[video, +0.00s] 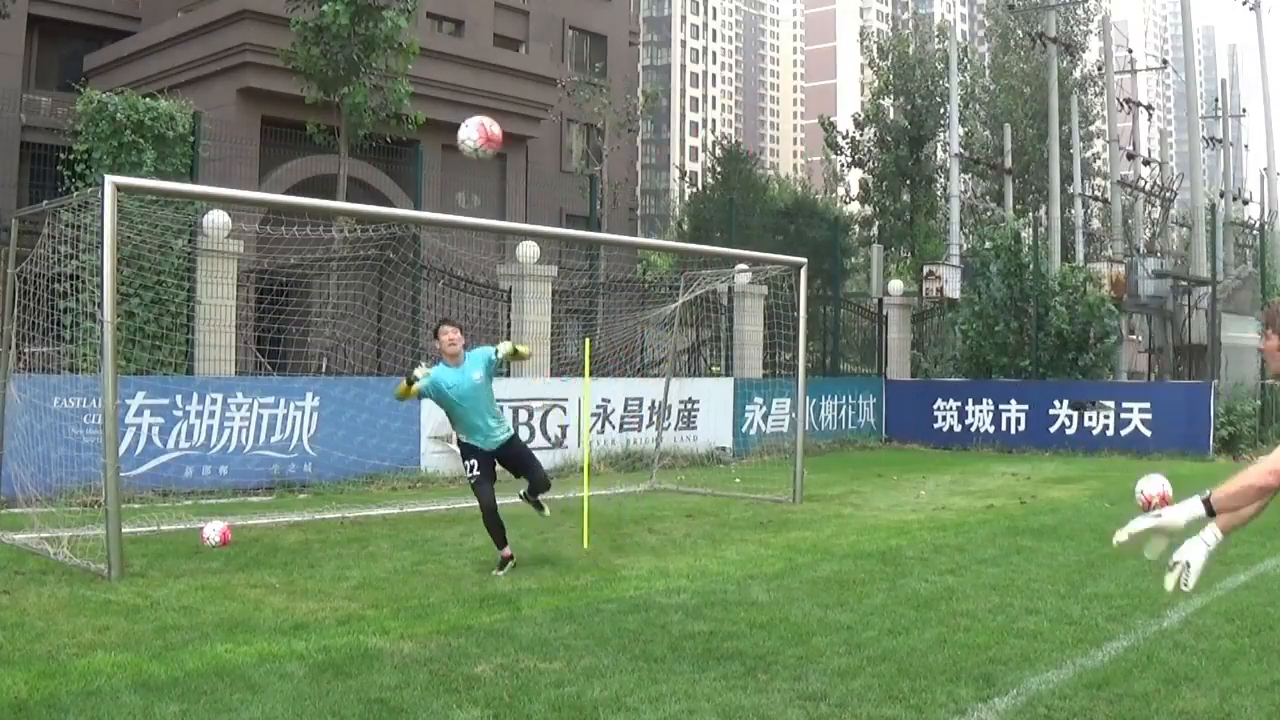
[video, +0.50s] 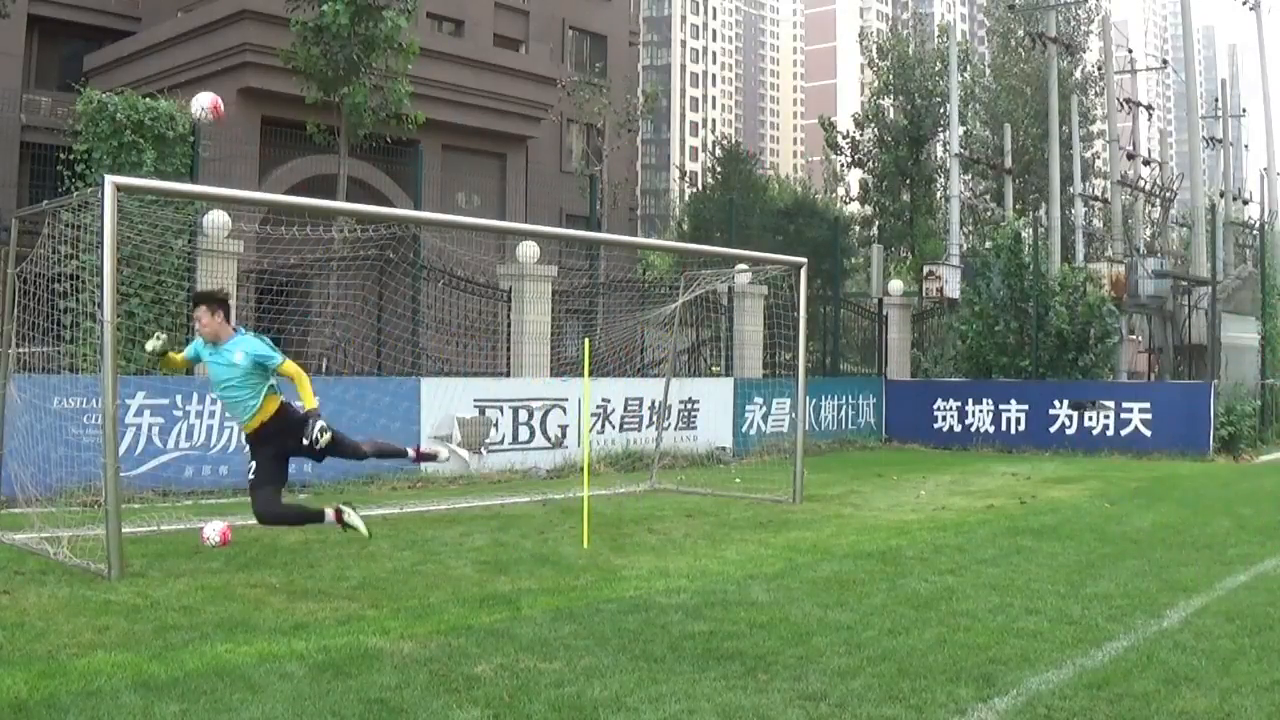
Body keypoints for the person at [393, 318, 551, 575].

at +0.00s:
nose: (452, 337)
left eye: (455, 333)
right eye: (445, 335)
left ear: (463, 338)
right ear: (438, 345)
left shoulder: (482, 356)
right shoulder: (434, 378)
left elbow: (524, 355)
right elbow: (401, 396)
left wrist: (513, 351)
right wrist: (411, 380)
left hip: (503, 435)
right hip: (473, 445)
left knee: (542, 482)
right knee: (487, 505)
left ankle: (530, 496)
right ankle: (506, 554)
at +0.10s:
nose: (416, 313)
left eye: (420, 309)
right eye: (410, 311)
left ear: (429, 316)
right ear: (403, 320)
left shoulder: (447, 332)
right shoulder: (400, 343)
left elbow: (489, 327)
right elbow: (369, 329)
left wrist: (468, 323)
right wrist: (372, 299)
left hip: (474, 414)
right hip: (444, 428)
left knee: (521, 454)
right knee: (471, 487)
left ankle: (498, 461)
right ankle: (492, 543)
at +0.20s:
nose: (364, 281)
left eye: (370, 279)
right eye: (361, 280)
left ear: (384, 286)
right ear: (356, 288)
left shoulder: (398, 314)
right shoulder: (345, 303)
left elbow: (424, 343)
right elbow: (319, 265)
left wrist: (431, 360)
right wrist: (299, 227)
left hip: (410, 386)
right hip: (382, 399)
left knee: (458, 433)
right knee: (429, 447)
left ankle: (507, 477)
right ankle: (465, 466)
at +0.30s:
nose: (325, 274)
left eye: (332, 271)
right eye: (323, 271)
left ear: (346, 282)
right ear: (320, 281)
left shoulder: (359, 311)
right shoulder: (304, 301)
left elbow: (387, 350)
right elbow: (278, 266)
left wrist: (391, 382)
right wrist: (269, 227)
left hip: (374, 382)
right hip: (348, 401)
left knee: (428, 422)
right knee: (404, 459)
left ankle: (471, 464)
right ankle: (430, 444)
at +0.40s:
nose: (252, 297)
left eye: (256, 291)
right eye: (250, 292)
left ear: (275, 292)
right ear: (253, 294)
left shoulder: (292, 323)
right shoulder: (248, 315)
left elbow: (331, 359)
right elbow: (218, 303)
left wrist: (333, 399)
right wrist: (220, 278)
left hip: (319, 398)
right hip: (296, 419)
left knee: (386, 433)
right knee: (333, 489)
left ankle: (433, 438)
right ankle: (385, 474)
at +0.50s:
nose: (196, 325)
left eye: (200, 318)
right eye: (195, 319)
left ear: (220, 317)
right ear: (206, 320)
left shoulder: (252, 347)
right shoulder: (202, 347)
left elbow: (297, 374)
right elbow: (176, 364)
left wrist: (312, 410)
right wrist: (161, 354)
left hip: (285, 422)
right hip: (260, 443)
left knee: (359, 451)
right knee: (267, 513)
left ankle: (414, 454)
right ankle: (333, 515)